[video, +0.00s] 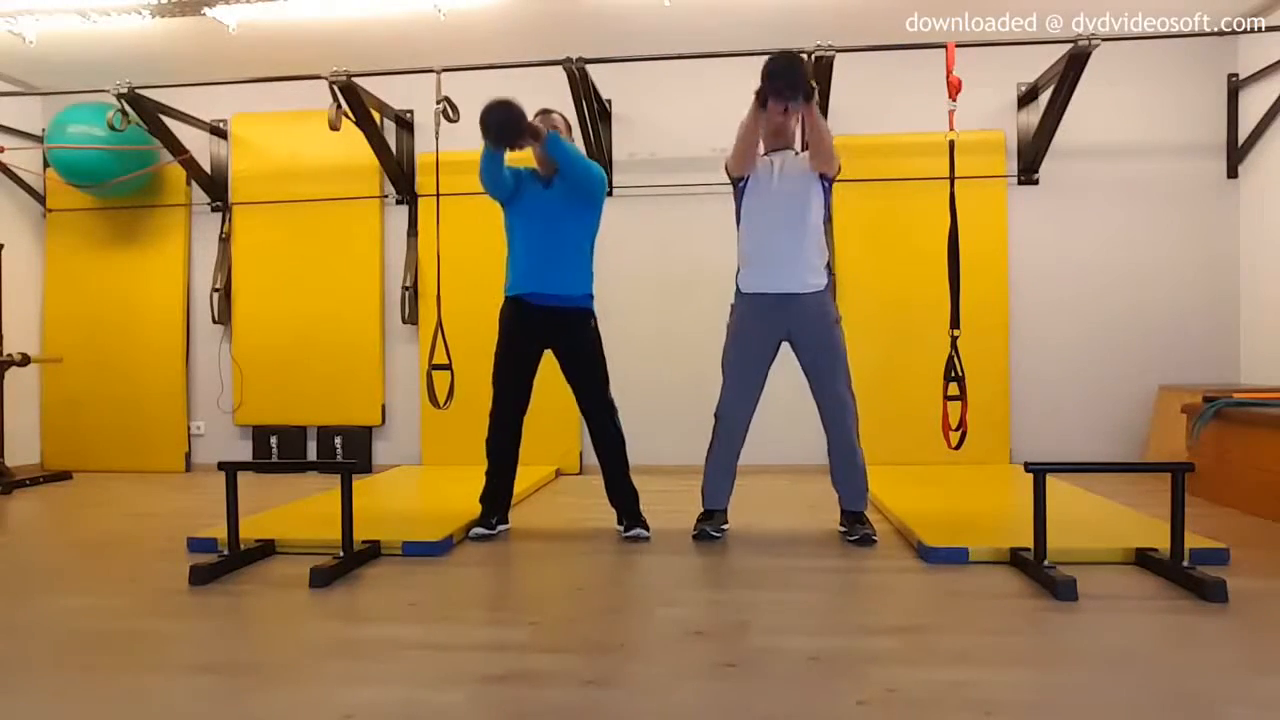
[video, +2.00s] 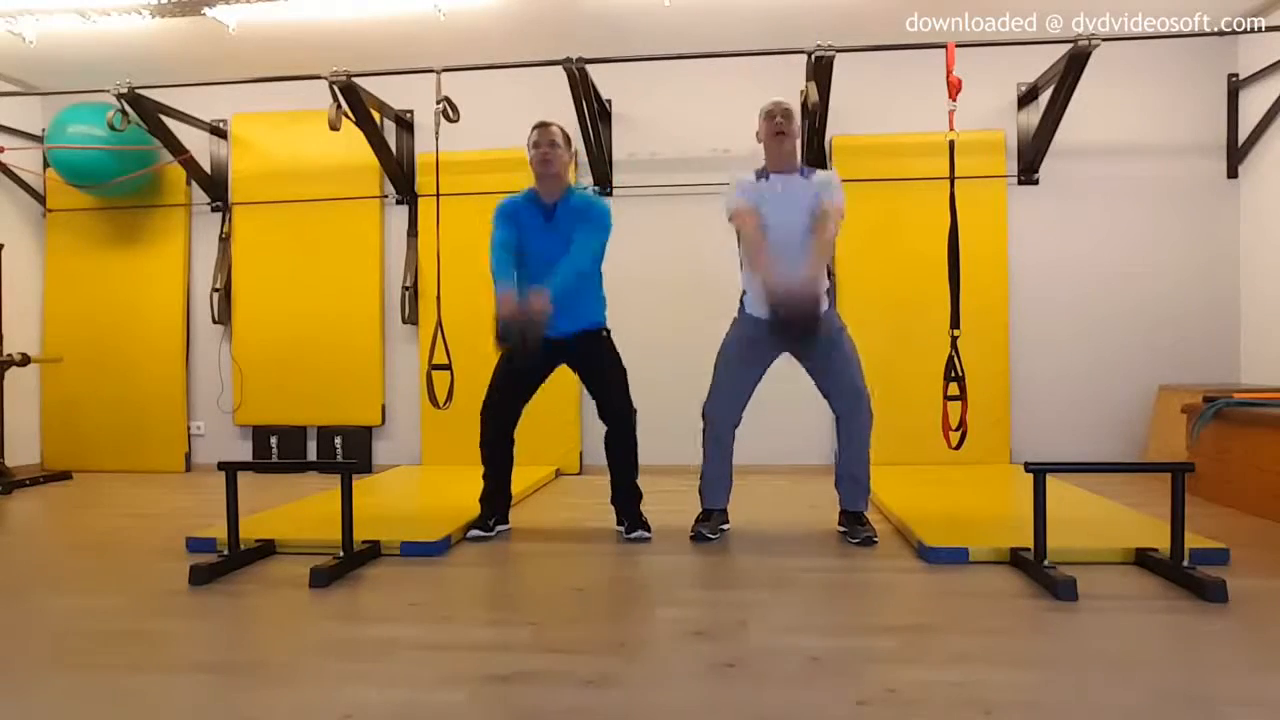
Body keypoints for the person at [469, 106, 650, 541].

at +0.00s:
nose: (549, 135)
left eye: (557, 130)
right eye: (542, 132)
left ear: (572, 140)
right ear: (530, 141)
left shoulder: (591, 181)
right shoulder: (517, 182)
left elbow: (564, 158)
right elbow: (491, 178)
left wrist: (537, 134)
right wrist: (495, 140)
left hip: (574, 313)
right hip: (521, 311)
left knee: (600, 414)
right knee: (505, 414)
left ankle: (630, 517)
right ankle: (494, 514)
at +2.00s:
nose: (545, 151)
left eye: (554, 145)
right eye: (538, 146)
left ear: (569, 156)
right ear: (528, 157)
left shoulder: (593, 208)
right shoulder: (510, 211)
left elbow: (582, 258)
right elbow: (502, 258)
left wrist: (546, 291)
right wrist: (507, 297)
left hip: (586, 335)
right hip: (531, 337)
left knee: (620, 413)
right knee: (495, 417)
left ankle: (629, 513)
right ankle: (494, 513)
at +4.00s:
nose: (524, 241)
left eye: (533, 231)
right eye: (515, 234)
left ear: (552, 236)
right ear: (507, 241)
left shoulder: (586, 281)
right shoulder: (496, 285)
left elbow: (589, 352)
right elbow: (511, 352)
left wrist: (574, 406)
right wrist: (538, 404)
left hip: (585, 369)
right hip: (528, 371)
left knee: (627, 416)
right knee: (475, 413)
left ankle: (630, 515)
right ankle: (491, 513)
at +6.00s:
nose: (545, 127)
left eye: (553, 122)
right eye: (537, 122)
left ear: (569, 135)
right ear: (527, 136)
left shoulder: (590, 180)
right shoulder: (509, 179)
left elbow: (584, 213)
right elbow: (494, 210)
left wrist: (546, 240)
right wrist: (511, 242)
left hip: (572, 315)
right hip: (520, 315)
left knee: (601, 413)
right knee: (501, 414)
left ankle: (627, 516)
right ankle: (493, 513)